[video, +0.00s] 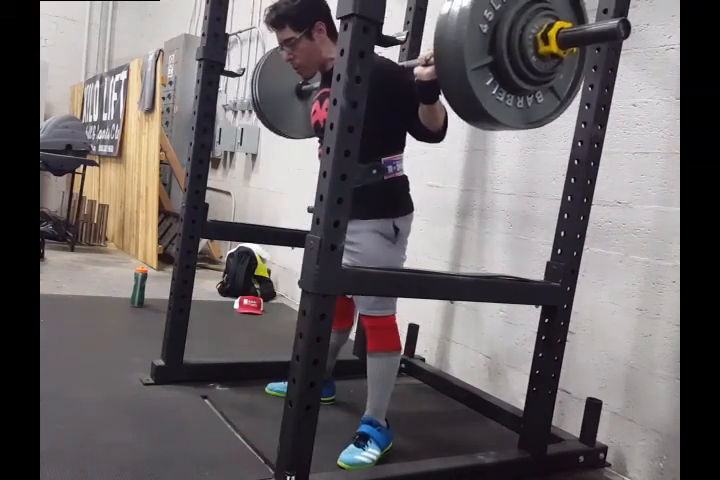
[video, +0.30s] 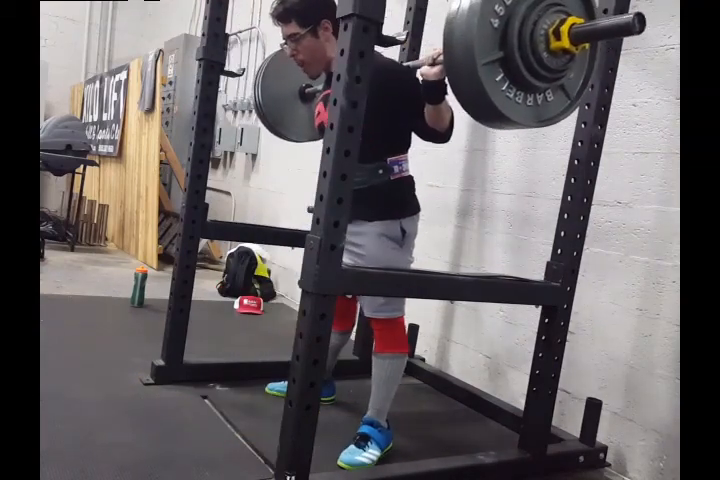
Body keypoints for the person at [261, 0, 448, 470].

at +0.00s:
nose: (287, 56)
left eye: (291, 44)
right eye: (282, 48)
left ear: (322, 32)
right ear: (311, 39)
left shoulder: (383, 74)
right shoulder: (320, 82)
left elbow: (433, 131)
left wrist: (428, 87)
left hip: (379, 213)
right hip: (332, 210)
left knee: (375, 310)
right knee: (328, 300)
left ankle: (375, 424)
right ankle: (318, 379)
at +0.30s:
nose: (290, 52)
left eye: (295, 40)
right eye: (286, 43)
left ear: (328, 30)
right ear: (320, 34)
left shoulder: (386, 76)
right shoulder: (327, 82)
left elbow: (440, 131)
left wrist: (433, 85)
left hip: (384, 216)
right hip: (337, 213)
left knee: (384, 312)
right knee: (332, 301)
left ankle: (376, 424)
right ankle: (318, 379)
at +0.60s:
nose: (293, 52)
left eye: (299, 40)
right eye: (289, 43)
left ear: (331, 31)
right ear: (322, 36)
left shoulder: (390, 79)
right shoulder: (332, 85)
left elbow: (444, 131)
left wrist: (436, 86)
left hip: (387, 218)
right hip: (340, 214)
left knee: (387, 313)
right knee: (337, 303)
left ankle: (377, 424)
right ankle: (318, 380)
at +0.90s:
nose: (302, 36)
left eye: (309, 25)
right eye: (300, 27)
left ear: (342, 23)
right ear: (327, 28)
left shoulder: (390, 77)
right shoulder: (330, 82)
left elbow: (437, 135)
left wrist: (431, 86)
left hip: (381, 213)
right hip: (334, 210)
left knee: (379, 310)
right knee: (330, 298)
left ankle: (376, 424)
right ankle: (318, 379)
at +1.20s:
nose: (300, 25)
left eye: (309, 15)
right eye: (301, 17)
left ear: (340, 21)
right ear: (324, 24)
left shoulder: (385, 74)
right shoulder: (327, 81)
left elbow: (432, 133)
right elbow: (330, 140)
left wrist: (428, 86)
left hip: (378, 213)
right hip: (332, 210)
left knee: (378, 310)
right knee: (329, 299)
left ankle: (375, 424)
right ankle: (318, 379)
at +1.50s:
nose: (300, 22)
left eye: (309, 13)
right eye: (300, 14)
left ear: (339, 20)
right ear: (322, 24)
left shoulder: (387, 74)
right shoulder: (327, 82)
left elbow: (436, 132)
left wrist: (429, 85)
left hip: (381, 212)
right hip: (334, 211)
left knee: (382, 311)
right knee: (330, 300)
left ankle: (375, 423)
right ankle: (318, 379)